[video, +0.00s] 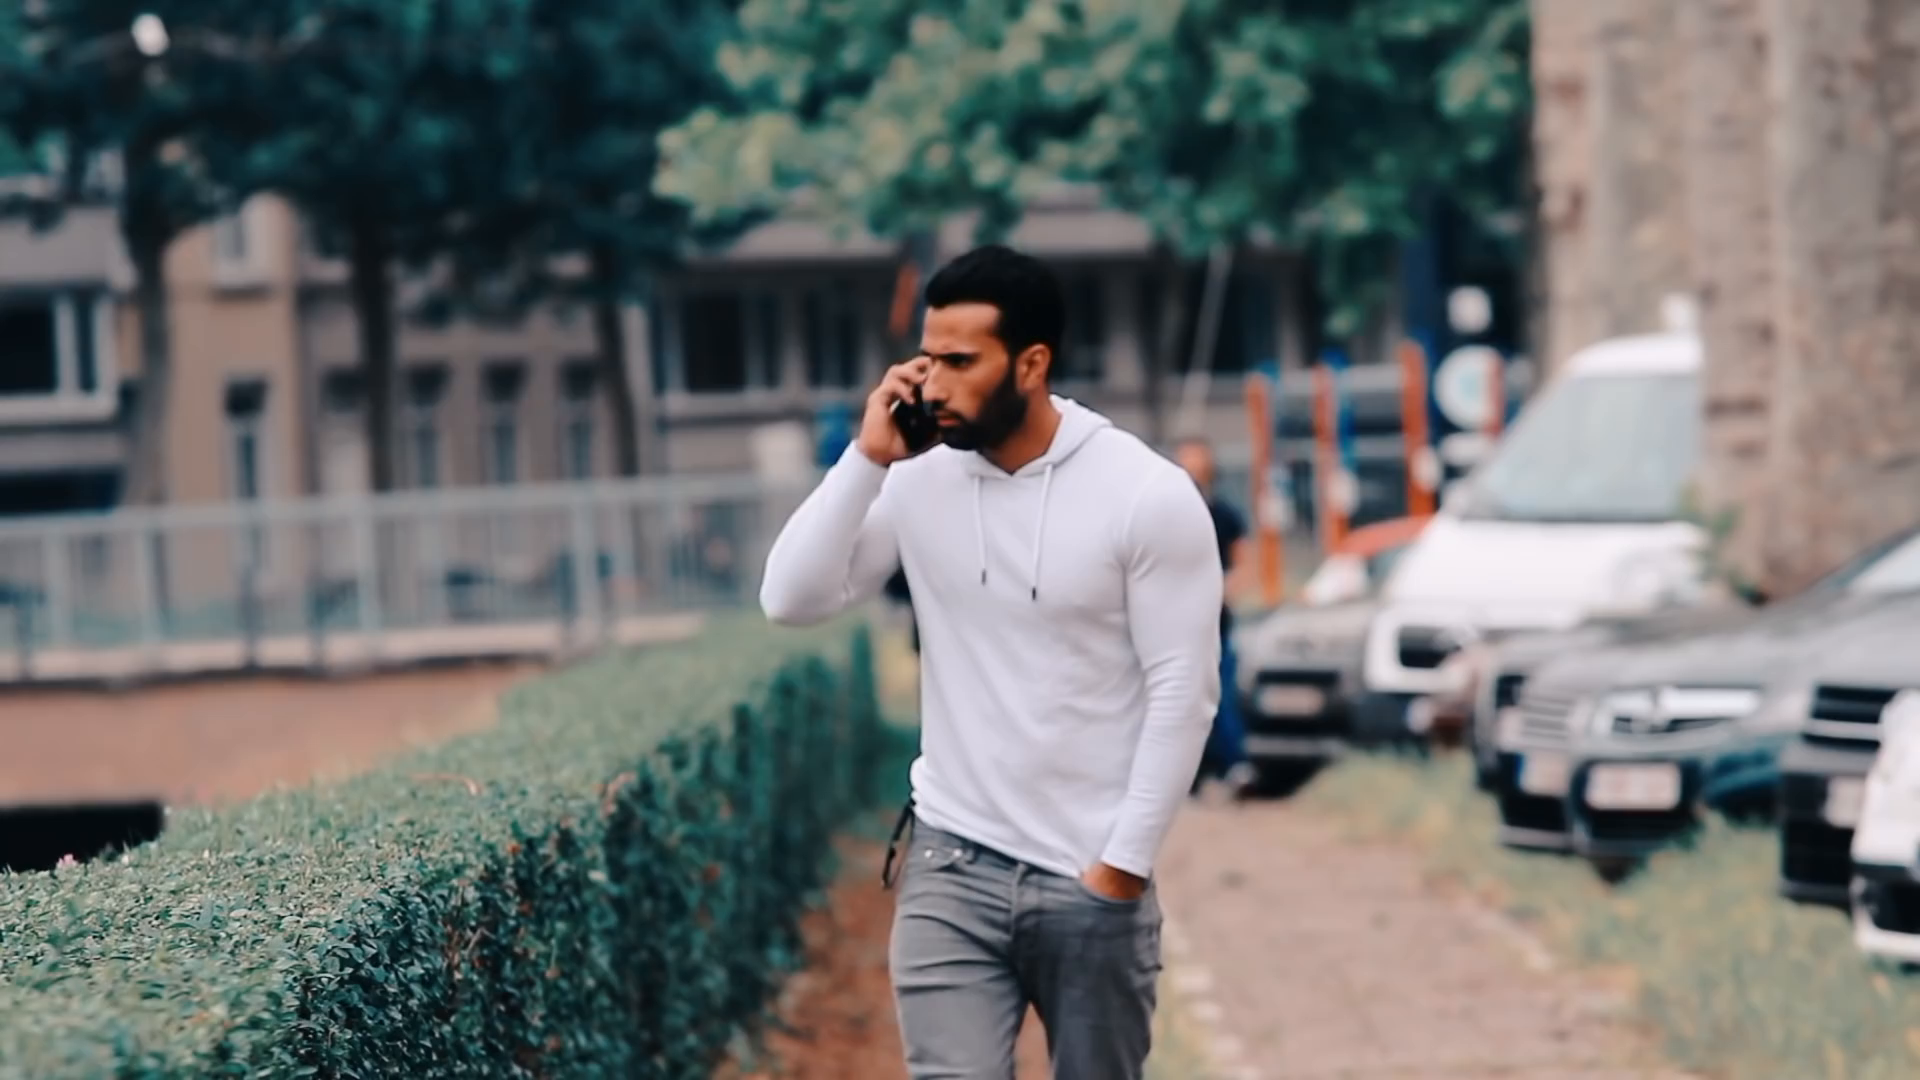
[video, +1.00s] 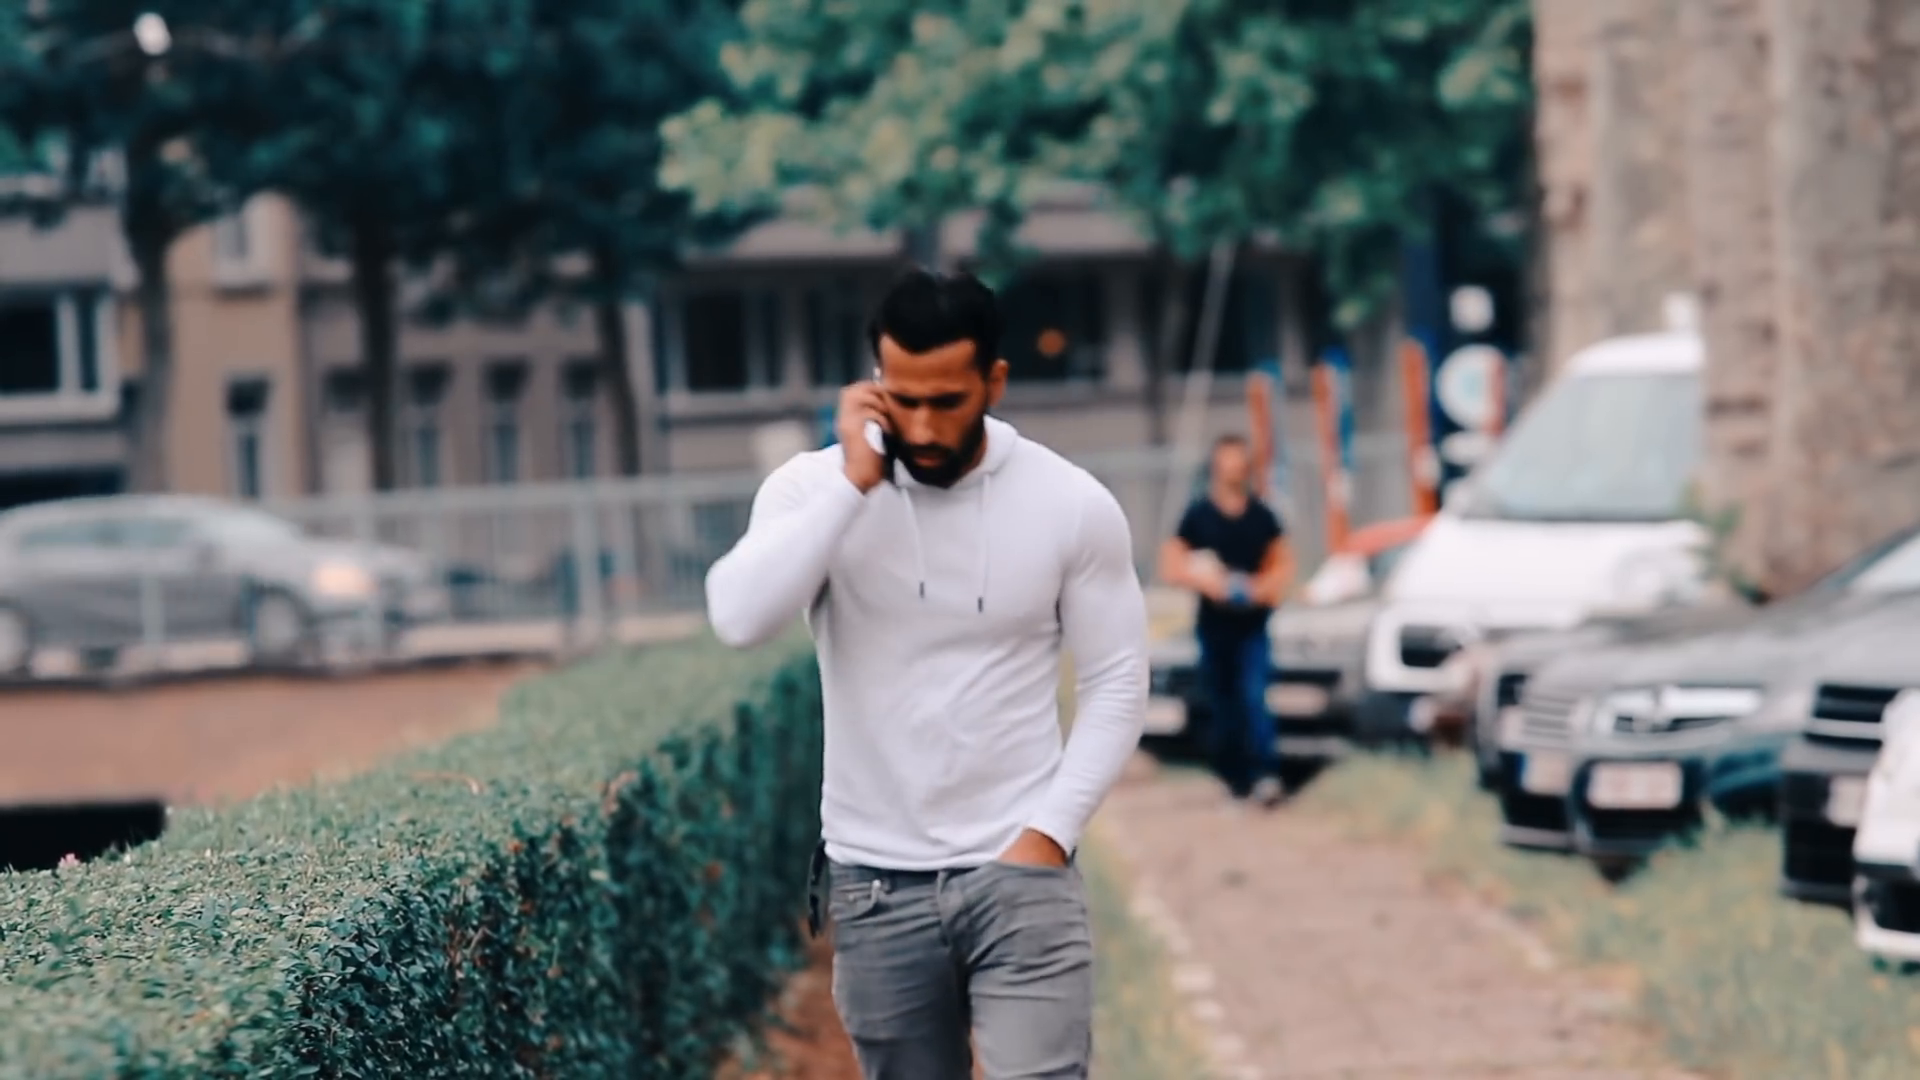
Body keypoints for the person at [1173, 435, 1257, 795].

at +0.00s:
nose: (1194, 474)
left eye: (1199, 467)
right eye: (1187, 467)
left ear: (1210, 468)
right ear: (1177, 468)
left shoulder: (1222, 513)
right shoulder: (1168, 509)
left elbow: (1237, 563)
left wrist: (1219, 590)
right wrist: (1170, 590)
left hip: (1214, 607)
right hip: (1176, 607)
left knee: (1221, 686)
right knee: (1185, 688)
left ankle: (1234, 760)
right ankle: (1189, 769)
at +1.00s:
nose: (1232, 470)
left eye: (1238, 463)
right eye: (1225, 463)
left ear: (1248, 466)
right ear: (1214, 466)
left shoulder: (1262, 516)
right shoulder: (1200, 514)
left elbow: (1281, 563)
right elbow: (1172, 564)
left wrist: (1263, 587)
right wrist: (1210, 581)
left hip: (1252, 616)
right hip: (1214, 617)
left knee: (1252, 695)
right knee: (1220, 698)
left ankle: (1264, 773)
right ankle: (1234, 777)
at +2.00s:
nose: (1231, 461)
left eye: (1237, 453)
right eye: (1224, 453)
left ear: (1248, 459)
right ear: (1214, 460)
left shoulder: (1264, 519)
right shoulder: (1199, 518)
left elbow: (1283, 572)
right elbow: (1169, 566)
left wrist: (1257, 590)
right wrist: (1208, 584)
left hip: (1251, 630)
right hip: (1212, 630)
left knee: (1247, 707)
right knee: (1211, 709)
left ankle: (1250, 790)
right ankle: (1230, 783)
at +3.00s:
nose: (1233, 461)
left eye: (1239, 453)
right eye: (1226, 453)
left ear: (1247, 458)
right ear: (1214, 457)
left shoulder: (1263, 510)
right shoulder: (1199, 508)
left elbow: (1287, 563)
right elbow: (1172, 559)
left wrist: (1262, 585)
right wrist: (1209, 579)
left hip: (1254, 626)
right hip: (1213, 626)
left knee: (1252, 707)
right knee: (1212, 707)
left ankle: (1253, 786)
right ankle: (1226, 783)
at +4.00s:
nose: (1245, 460)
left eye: (1252, 452)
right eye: (1237, 452)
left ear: (1262, 454)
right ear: (1225, 454)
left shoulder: (1279, 505)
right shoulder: (1207, 505)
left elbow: (1306, 555)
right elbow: (1179, 563)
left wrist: (1278, 580)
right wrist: (1220, 575)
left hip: (1270, 624)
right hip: (1227, 626)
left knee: (1273, 713)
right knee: (1230, 713)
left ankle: (1272, 790)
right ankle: (1240, 784)